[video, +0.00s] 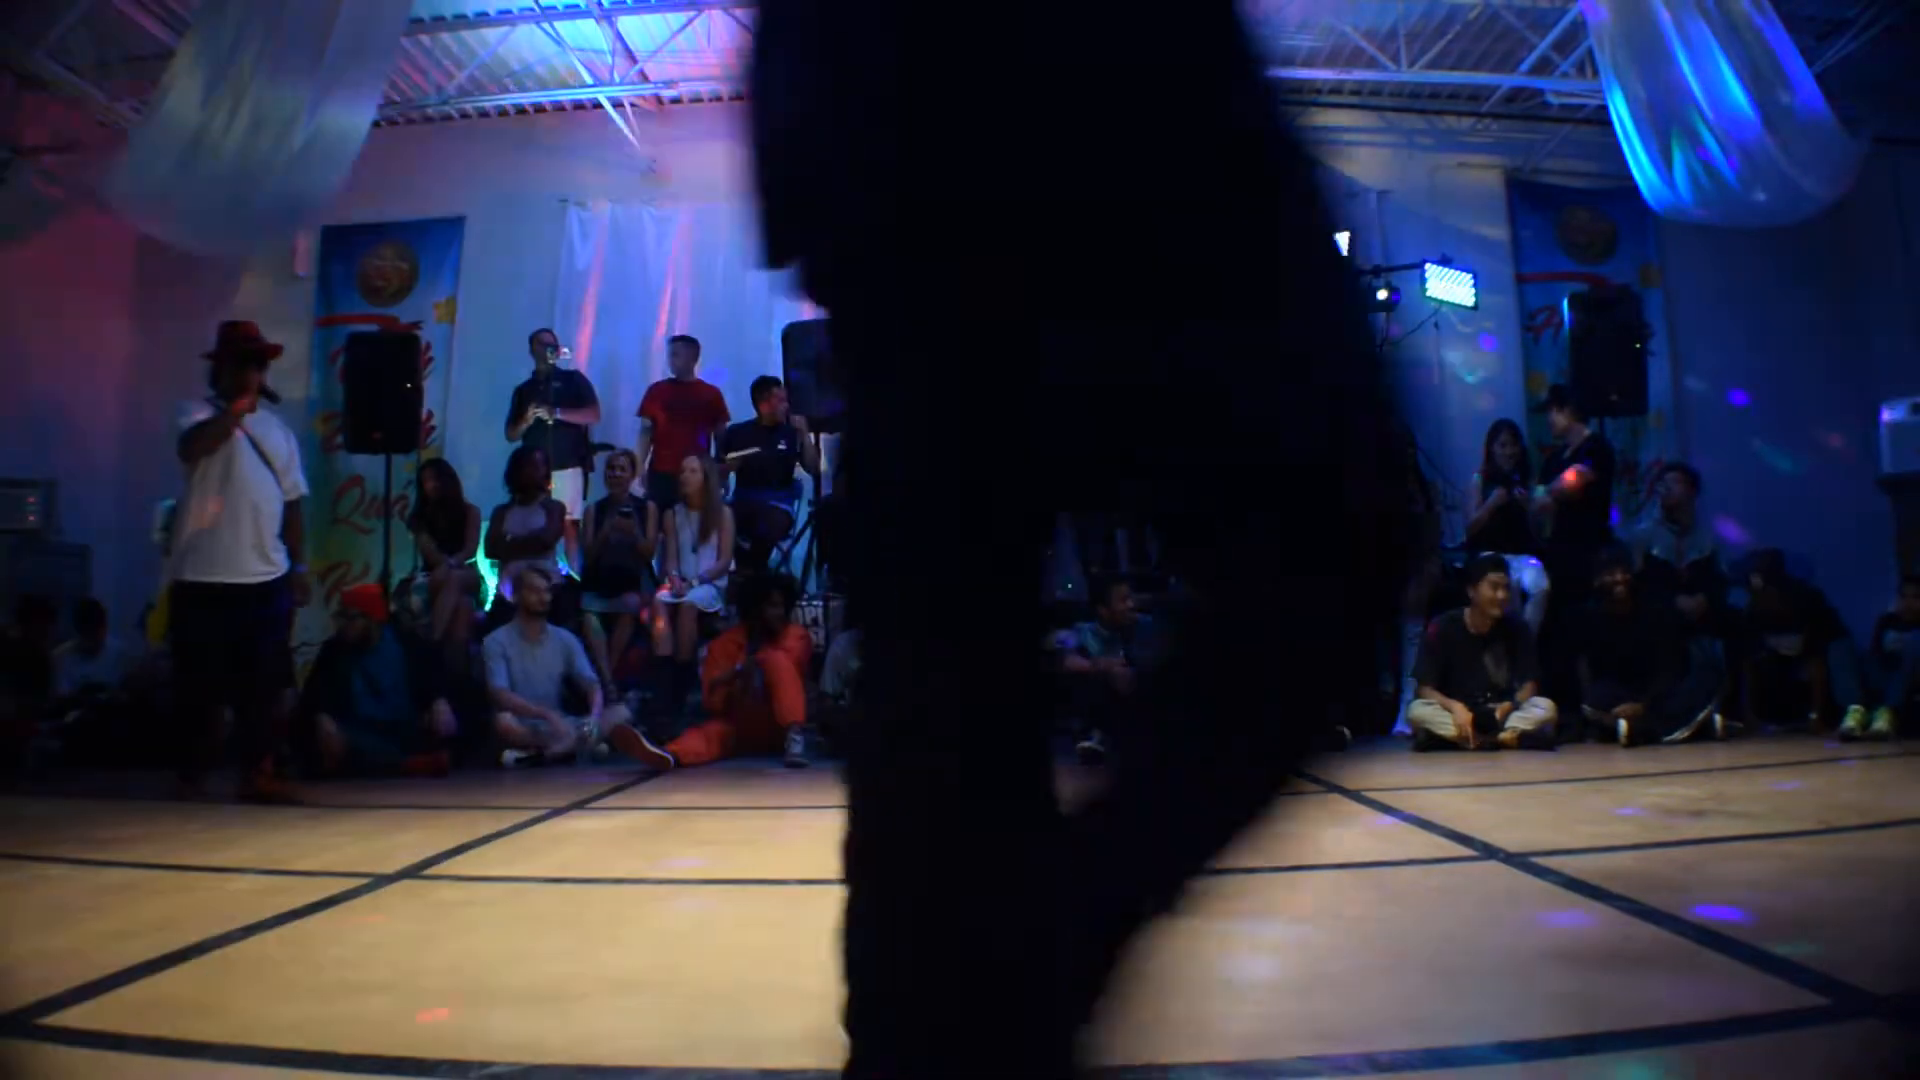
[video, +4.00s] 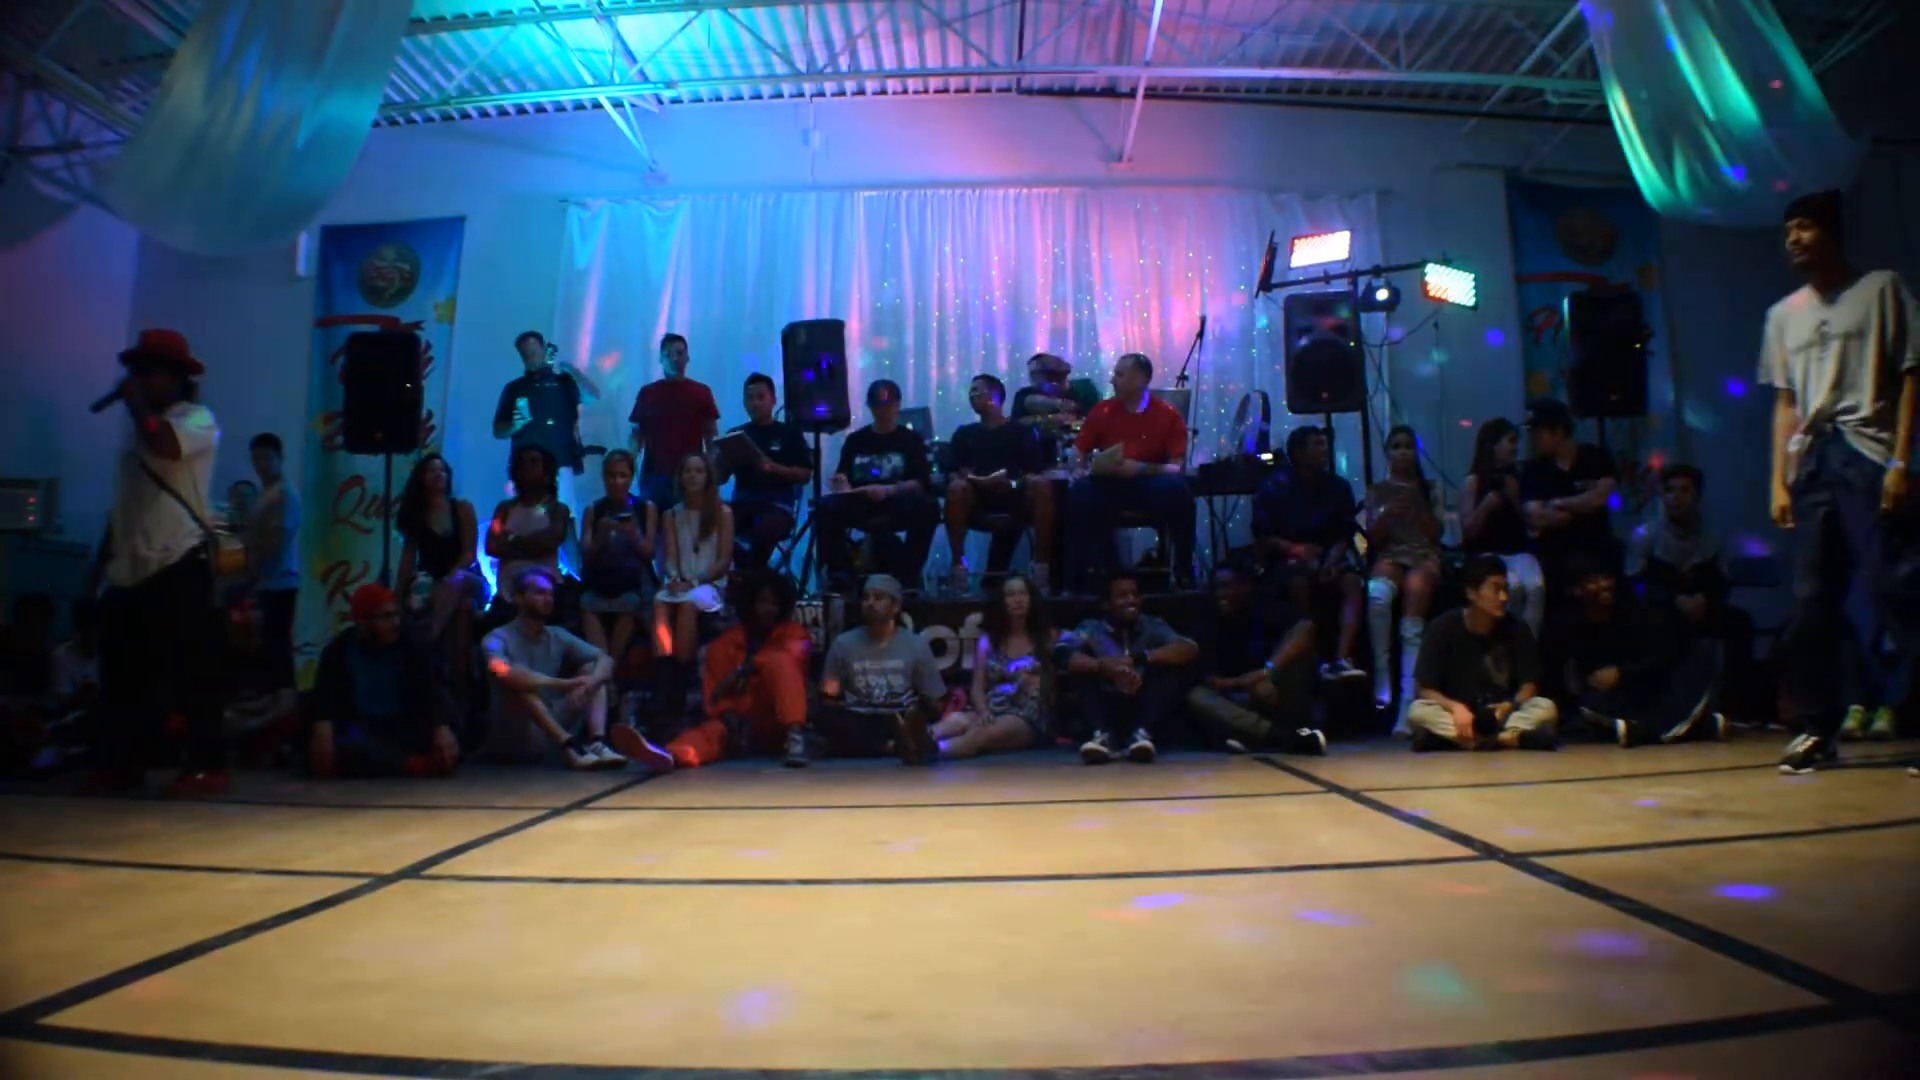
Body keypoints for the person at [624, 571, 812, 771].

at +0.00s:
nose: (779, 614)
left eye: (783, 607)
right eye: (772, 606)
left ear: (788, 609)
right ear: (754, 608)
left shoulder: (796, 637)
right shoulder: (725, 645)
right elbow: (713, 705)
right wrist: (738, 675)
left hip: (777, 723)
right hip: (737, 724)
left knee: (776, 659)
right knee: (708, 736)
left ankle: (794, 737)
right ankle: (669, 755)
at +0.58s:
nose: (768, 613)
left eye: (775, 606)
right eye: (762, 605)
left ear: (785, 610)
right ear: (747, 608)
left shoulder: (795, 638)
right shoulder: (723, 645)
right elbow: (711, 706)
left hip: (774, 721)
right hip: (736, 722)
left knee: (774, 661)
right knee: (709, 736)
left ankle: (794, 740)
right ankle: (668, 756)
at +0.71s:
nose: (766, 611)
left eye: (773, 604)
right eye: (761, 603)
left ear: (783, 609)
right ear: (748, 606)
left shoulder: (795, 638)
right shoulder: (725, 644)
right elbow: (711, 703)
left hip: (776, 722)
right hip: (737, 722)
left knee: (775, 660)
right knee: (710, 736)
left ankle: (794, 737)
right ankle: (670, 756)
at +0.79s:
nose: (765, 611)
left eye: (772, 604)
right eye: (760, 603)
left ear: (783, 609)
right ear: (749, 606)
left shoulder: (793, 637)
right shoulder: (724, 646)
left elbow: (787, 666)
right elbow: (712, 705)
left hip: (774, 717)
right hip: (737, 721)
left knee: (777, 662)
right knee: (712, 735)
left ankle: (793, 736)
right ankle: (670, 755)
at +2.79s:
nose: (768, 609)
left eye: (775, 603)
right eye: (762, 602)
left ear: (784, 607)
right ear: (749, 605)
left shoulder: (793, 634)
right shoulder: (723, 645)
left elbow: (786, 665)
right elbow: (713, 705)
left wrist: (753, 666)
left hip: (774, 717)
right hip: (737, 720)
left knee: (779, 661)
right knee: (709, 735)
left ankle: (794, 737)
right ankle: (670, 755)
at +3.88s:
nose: (767, 609)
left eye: (773, 603)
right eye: (761, 602)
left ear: (783, 606)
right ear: (748, 605)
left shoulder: (793, 633)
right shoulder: (724, 645)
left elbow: (789, 666)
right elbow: (713, 704)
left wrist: (753, 668)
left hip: (775, 715)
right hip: (738, 721)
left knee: (778, 660)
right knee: (711, 734)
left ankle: (795, 737)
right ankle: (670, 755)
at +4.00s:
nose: (768, 609)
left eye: (774, 603)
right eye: (762, 602)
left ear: (783, 607)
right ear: (749, 605)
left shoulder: (793, 634)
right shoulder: (723, 646)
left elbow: (790, 655)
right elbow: (713, 704)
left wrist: (753, 666)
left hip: (775, 717)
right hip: (738, 721)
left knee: (779, 661)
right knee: (711, 734)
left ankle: (795, 735)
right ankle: (670, 755)